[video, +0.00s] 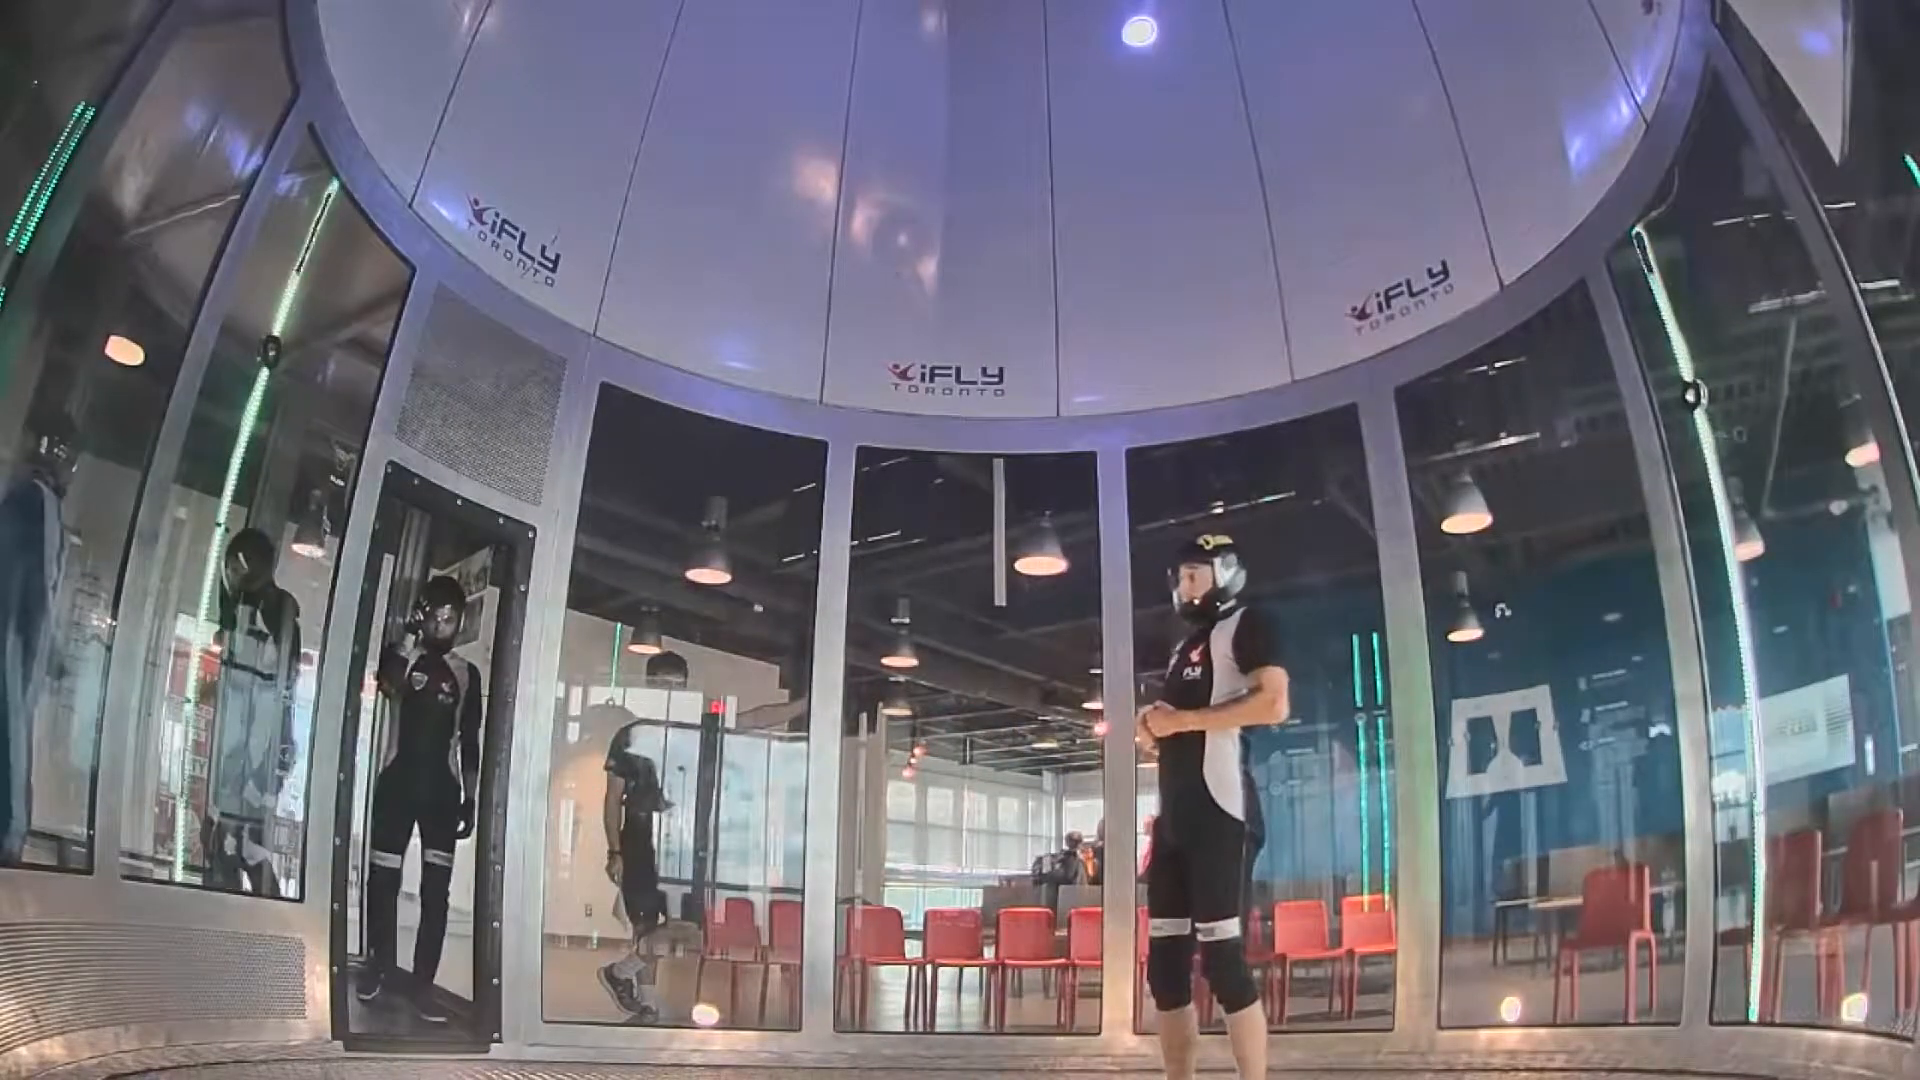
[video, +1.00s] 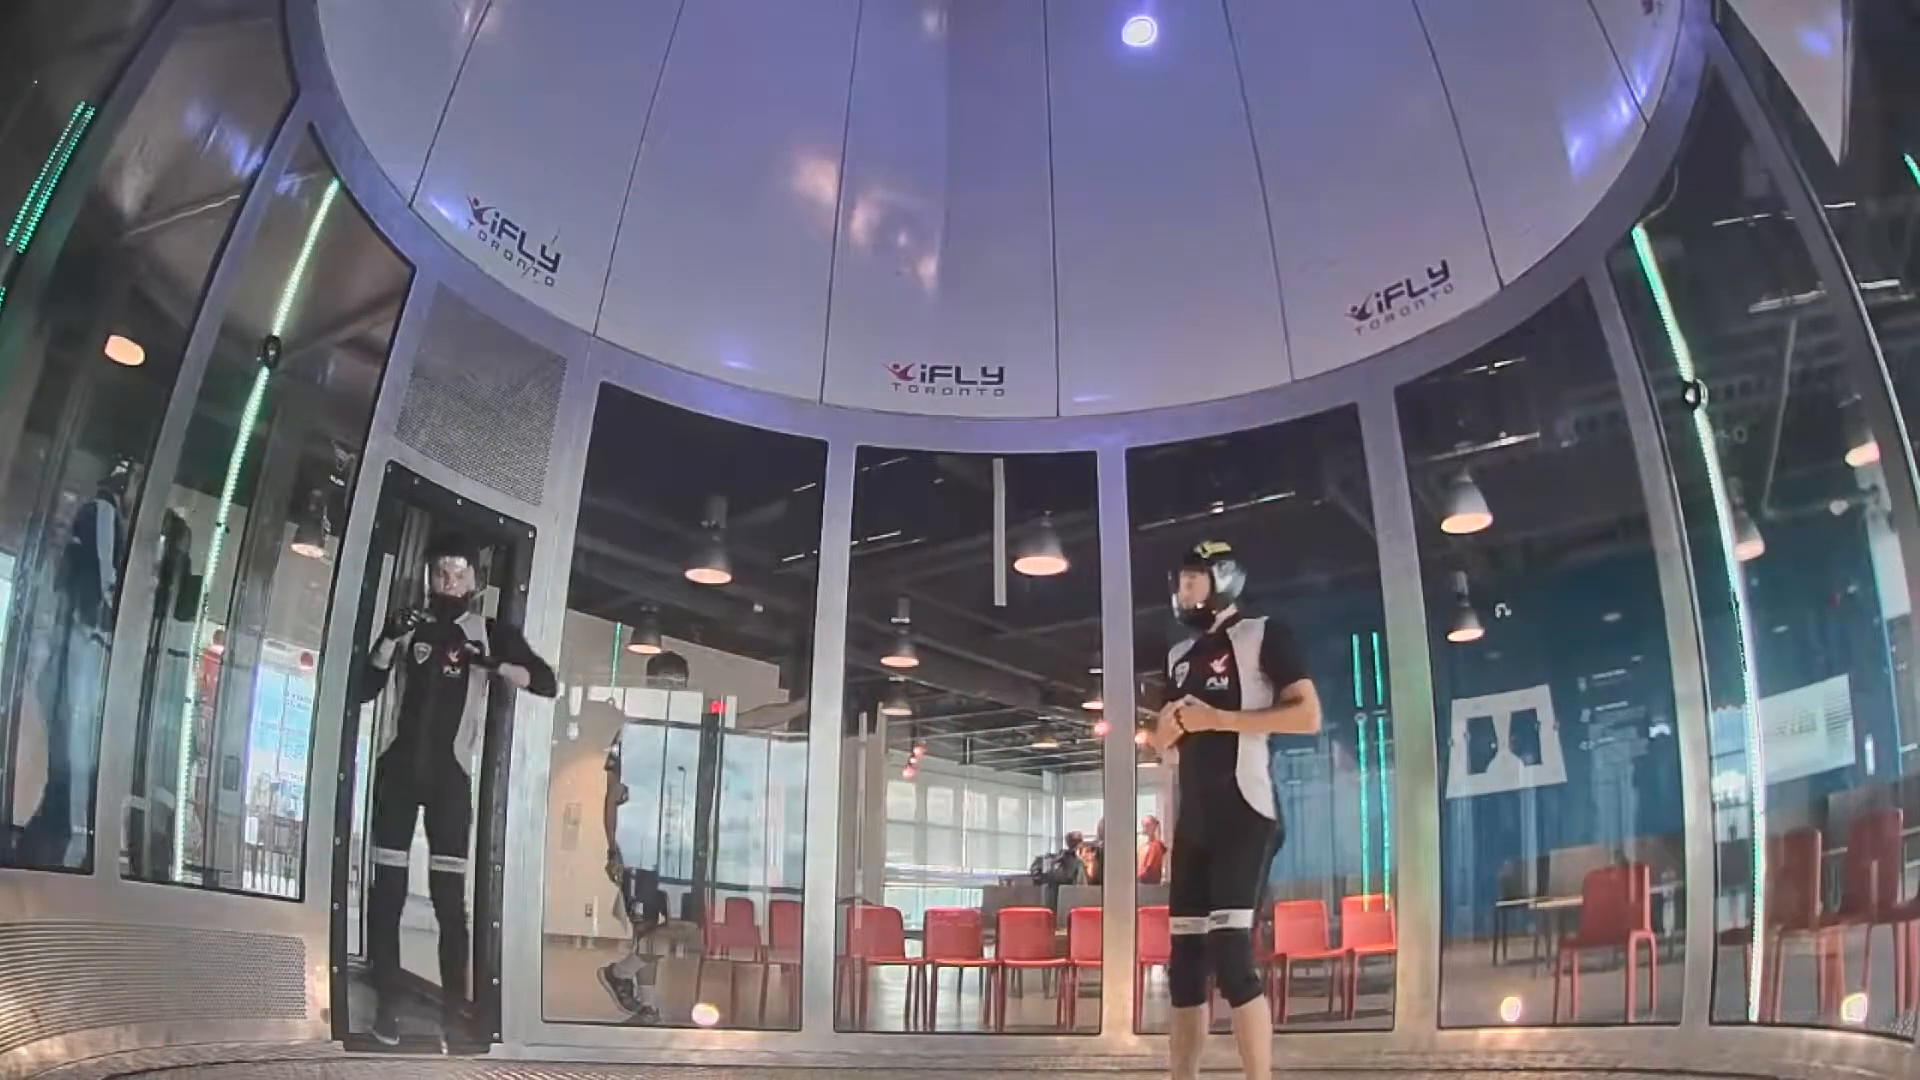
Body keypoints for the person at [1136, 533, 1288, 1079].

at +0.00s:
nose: (1186, 585)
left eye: (1197, 574)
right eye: (1183, 575)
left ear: (1226, 575)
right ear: (1179, 579)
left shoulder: (1252, 622)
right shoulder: (1185, 642)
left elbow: (1274, 703)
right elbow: (1184, 728)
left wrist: (1182, 719)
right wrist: (1149, 733)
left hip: (1224, 812)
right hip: (1175, 813)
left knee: (1223, 961)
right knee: (1166, 965)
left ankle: (1253, 1075)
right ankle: (1179, 1077)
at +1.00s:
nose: (1185, 588)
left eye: (1195, 578)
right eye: (1182, 578)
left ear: (1225, 581)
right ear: (1184, 586)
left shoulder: (1265, 633)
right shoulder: (1178, 654)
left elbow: (1308, 715)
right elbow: (1161, 739)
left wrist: (1218, 718)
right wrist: (1164, 730)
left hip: (1247, 810)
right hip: (1194, 811)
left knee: (1230, 949)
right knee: (1185, 956)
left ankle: (1259, 1075)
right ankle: (1182, 1076)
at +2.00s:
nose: (1340, 593)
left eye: (1350, 582)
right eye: (1330, 584)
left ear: (1370, 588)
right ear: (1318, 595)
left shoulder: (1402, 643)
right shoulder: (1307, 665)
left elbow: (1448, 718)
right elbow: (1296, 756)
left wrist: (1375, 739)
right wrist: (1308, 750)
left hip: (1388, 821)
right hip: (1329, 822)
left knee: (1384, 962)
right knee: (1290, 949)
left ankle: (1391, 1064)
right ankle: (1266, 1071)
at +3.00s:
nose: (1279, 571)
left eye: (1286, 560)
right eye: (1268, 566)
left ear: (1308, 569)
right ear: (1258, 587)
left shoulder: (1360, 631)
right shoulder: (1264, 641)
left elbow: (1385, 595)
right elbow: (1291, 592)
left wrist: (1361, 495)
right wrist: (1314, 495)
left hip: (1372, 820)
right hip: (1300, 827)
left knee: (1386, 970)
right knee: (1305, 979)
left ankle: (1400, 1058)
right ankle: (1299, 1076)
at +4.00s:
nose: (1384, 566)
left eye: (1395, 553)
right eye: (1380, 555)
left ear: (1429, 551)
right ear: (1379, 559)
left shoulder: (1477, 611)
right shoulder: (1381, 634)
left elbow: (1514, 708)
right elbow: (1367, 731)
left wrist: (1428, 722)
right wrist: (1388, 747)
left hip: (1471, 802)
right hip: (1411, 803)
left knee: (1477, 958)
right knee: (1378, 948)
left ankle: (1491, 1077)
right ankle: (1345, 1076)